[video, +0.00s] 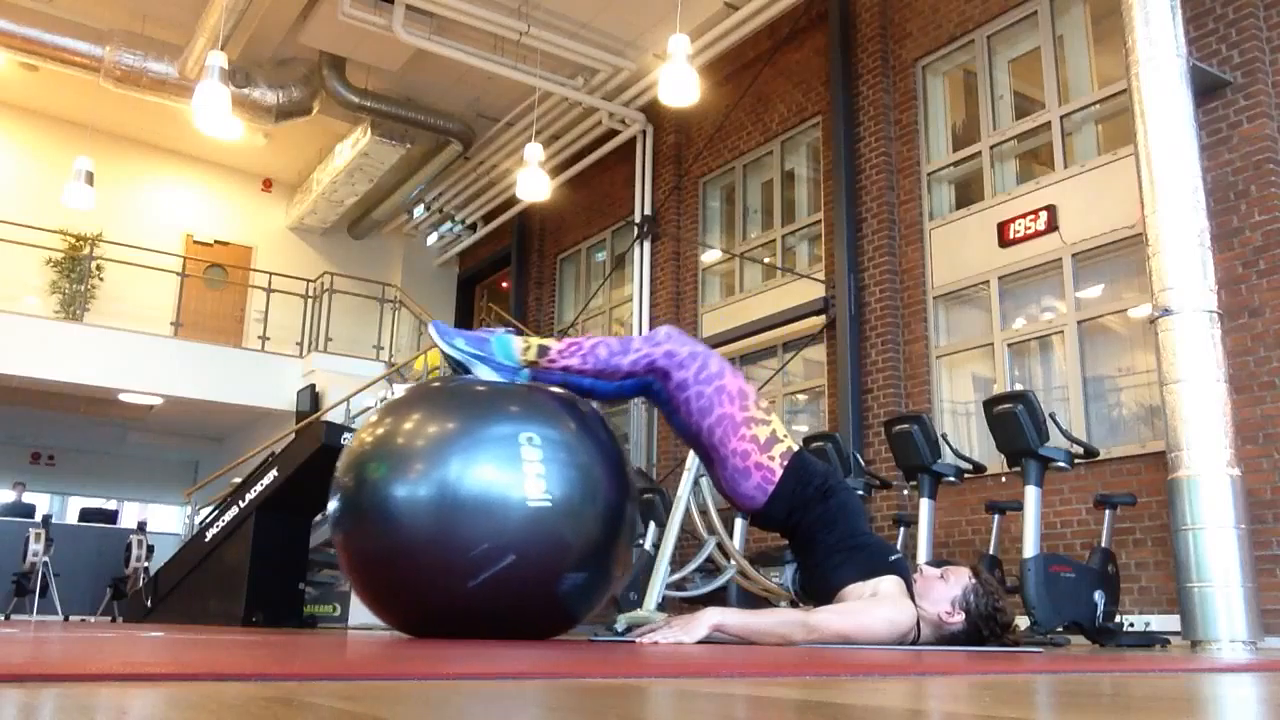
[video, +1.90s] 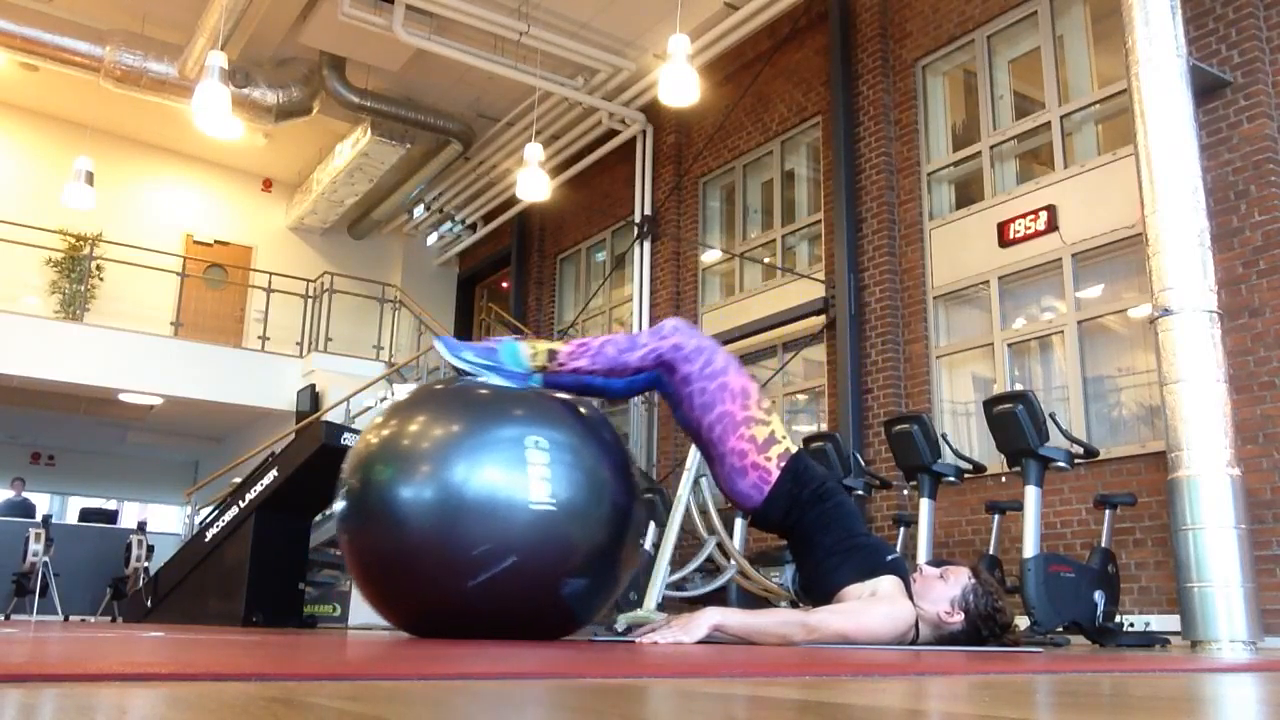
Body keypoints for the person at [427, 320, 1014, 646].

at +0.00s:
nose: (936, 568)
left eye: (949, 580)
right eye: (950, 570)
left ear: (946, 616)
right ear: (946, 605)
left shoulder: (892, 610)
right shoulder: (895, 598)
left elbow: (805, 626)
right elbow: (805, 621)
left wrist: (710, 620)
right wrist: (716, 621)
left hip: (765, 481)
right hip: (780, 469)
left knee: (669, 348)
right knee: (673, 347)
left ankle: (521, 360)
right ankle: (535, 361)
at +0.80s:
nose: (939, 566)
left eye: (949, 577)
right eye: (953, 568)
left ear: (945, 612)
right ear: (943, 599)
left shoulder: (891, 612)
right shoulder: (892, 598)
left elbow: (793, 629)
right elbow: (793, 624)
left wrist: (701, 624)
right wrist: (707, 621)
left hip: (754, 479)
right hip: (768, 472)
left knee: (729, 319)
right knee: (733, 323)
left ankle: (585, 363)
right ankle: (595, 373)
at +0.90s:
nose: (937, 564)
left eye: (948, 578)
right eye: (949, 567)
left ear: (946, 615)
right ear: (942, 605)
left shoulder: (893, 610)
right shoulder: (899, 597)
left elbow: (805, 627)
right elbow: (802, 626)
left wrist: (711, 620)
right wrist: (714, 621)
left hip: (756, 476)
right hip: (773, 474)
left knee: (773, 308)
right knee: (773, 323)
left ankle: (632, 361)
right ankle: (635, 374)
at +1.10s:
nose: (928, 569)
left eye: (942, 578)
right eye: (942, 569)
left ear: (947, 615)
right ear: (946, 614)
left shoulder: (893, 616)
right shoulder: (909, 611)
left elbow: (801, 629)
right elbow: (804, 624)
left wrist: (710, 620)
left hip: (777, 473)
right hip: (805, 486)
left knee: (850, 318)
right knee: (841, 333)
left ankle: (702, 368)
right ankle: (705, 370)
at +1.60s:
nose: (933, 563)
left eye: (946, 575)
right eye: (946, 566)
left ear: (947, 612)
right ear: (944, 611)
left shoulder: (892, 613)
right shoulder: (901, 605)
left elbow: (805, 627)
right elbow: (804, 624)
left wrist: (714, 619)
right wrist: (723, 622)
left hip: (763, 470)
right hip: (783, 470)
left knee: (789, 303)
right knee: (792, 318)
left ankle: (656, 364)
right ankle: (660, 370)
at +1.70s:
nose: (941, 563)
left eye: (950, 576)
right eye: (951, 566)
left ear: (944, 613)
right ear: (938, 584)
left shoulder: (894, 613)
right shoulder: (895, 597)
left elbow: (801, 627)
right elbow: (799, 625)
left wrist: (711, 620)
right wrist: (712, 621)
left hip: (766, 472)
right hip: (780, 464)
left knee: (744, 311)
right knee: (745, 314)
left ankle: (602, 361)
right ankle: (608, 369)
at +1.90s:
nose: (936, 568)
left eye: (949, 579)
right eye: (948, 568)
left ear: (946, 616)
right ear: (943, 605)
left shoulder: (893, 609)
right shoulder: (892, 596)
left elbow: (806, 627)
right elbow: (804, 622)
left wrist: (710, 619)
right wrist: (714, 621)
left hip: (765, 477)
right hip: (780, 467)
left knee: (676, 336)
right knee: (681, 341)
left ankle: (531, 363)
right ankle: (544, 367)